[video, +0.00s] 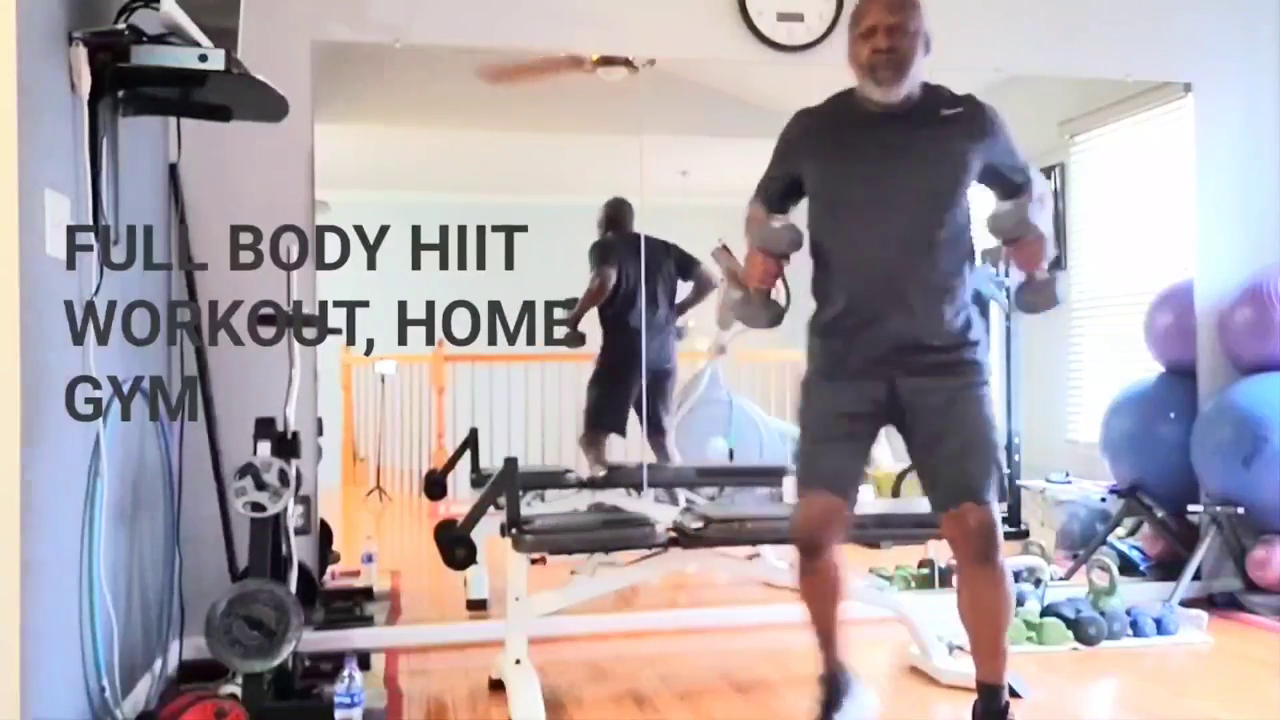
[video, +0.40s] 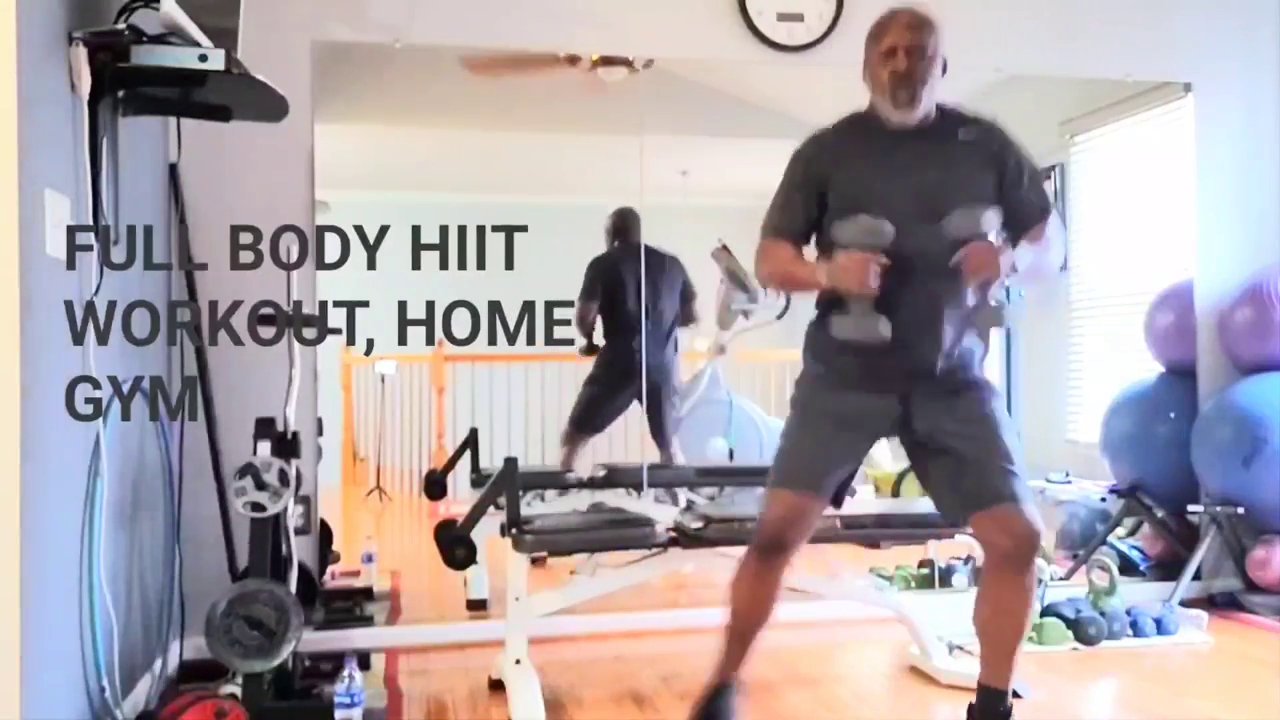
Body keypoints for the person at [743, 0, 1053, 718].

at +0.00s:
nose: (881, 43)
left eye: (896, 30)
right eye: (867, 31)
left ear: (925, 41)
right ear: (848, 44)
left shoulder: (970, 121)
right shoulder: (812, 129)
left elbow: (1024, 190)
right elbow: (763, 210)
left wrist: (1031, 235)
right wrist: (762, 249)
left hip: (946, 357)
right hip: (844, 358)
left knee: (976, 530)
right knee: (814, 530)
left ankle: (992, 700)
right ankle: (835, 677)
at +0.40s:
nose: (902, 63)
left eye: (916, 53)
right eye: (888, 53)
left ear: (941, 66)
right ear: (866, 67)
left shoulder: (986, 145)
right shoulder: (825, 152)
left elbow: (1047, 239)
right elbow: (773, 260)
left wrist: (1008, 259)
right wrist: (826, 271)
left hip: (949, 381)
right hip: (843, 377)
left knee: (1013, 540)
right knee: (776, 535)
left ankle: (992, 708)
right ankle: (723, 685)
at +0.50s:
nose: (887, 118)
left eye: (902, 107)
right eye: (873, 106)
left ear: (926, 118)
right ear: (852, 119)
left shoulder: (966, 201)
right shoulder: (812, 204)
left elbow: (1015, 310)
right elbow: (769, 320)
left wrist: (977, 313)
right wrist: (841, 318)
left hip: (935, 417)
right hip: (829, 415)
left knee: (1028, 554)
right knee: (744, 557)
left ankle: (994, 708)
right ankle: (682, 707)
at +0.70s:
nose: (823, 159)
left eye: (837, 147)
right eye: (810, 147)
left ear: (862, 154)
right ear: (789, 153)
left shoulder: (907, 233)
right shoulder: (750, 242)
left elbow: (965, 329)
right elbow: (691, 350)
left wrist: (941, 342)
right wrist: (752, 355)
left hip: (884, 439)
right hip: (775, 441)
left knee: (996, 558)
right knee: (707, 568)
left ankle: (989, 709)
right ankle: (679, 708)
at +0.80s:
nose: (787, 105)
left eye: (801, 93)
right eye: (774, 94)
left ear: (827, 101)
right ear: (755, 105)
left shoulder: (878, 187)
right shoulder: (717, 198)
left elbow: (923, 303)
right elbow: (652, 288)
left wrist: (926, 285)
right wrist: (692, 317)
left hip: (851, 398)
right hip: (748, 399)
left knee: (937, 545)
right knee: (699, 552)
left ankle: (968, 694)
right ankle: (678, 706)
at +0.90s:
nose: (763, 56)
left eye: (778, 43)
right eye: (749, 45)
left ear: (807, 53)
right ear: (731, 58)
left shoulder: (857, 134)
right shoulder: (698, 145)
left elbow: (910, 220)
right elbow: (622, 223)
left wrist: (925, 267)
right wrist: (642, 273)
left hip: (828, 363)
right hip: (727, 365)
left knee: (894, 527)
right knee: (693, 539)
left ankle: (874, 681)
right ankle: (677, 701)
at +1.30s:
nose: (725, 24)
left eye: (739, 10)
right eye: (710, 11)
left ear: (764, 19)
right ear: (690, 22)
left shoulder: (812, 114)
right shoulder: (649, 113)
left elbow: (869, 224)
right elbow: (587, 227)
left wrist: (835, 225)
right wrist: (641, 219)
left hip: (765, 354)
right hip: (663, 351)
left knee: (790, 532)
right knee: (621, 519)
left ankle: (790, 706)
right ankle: (625, 683)